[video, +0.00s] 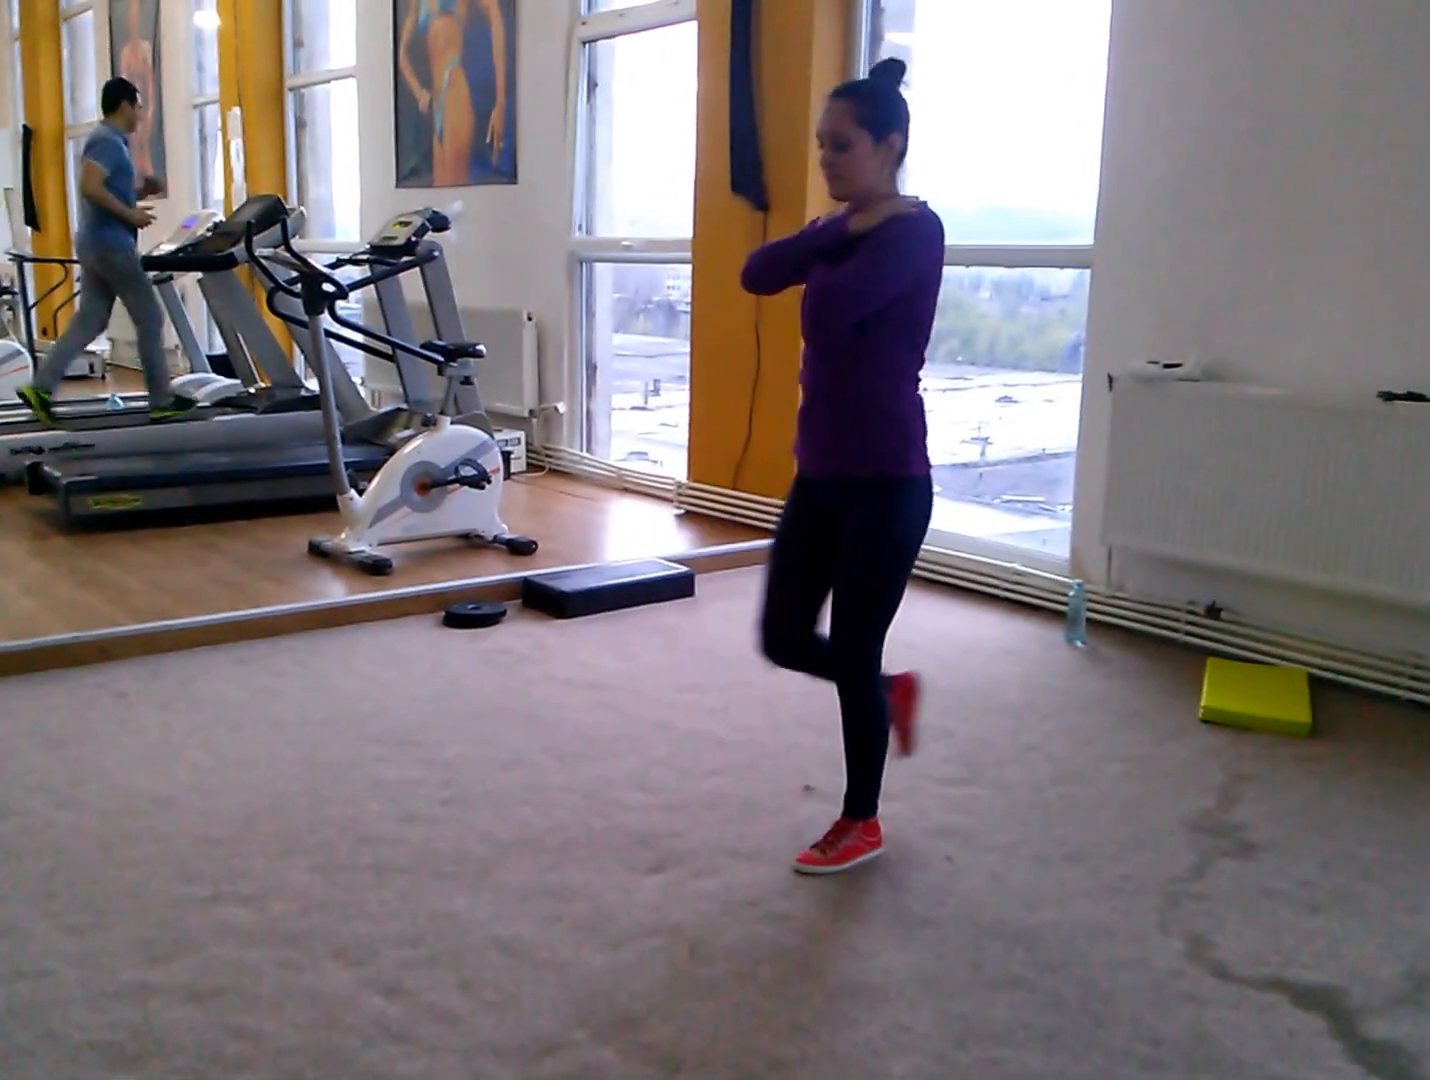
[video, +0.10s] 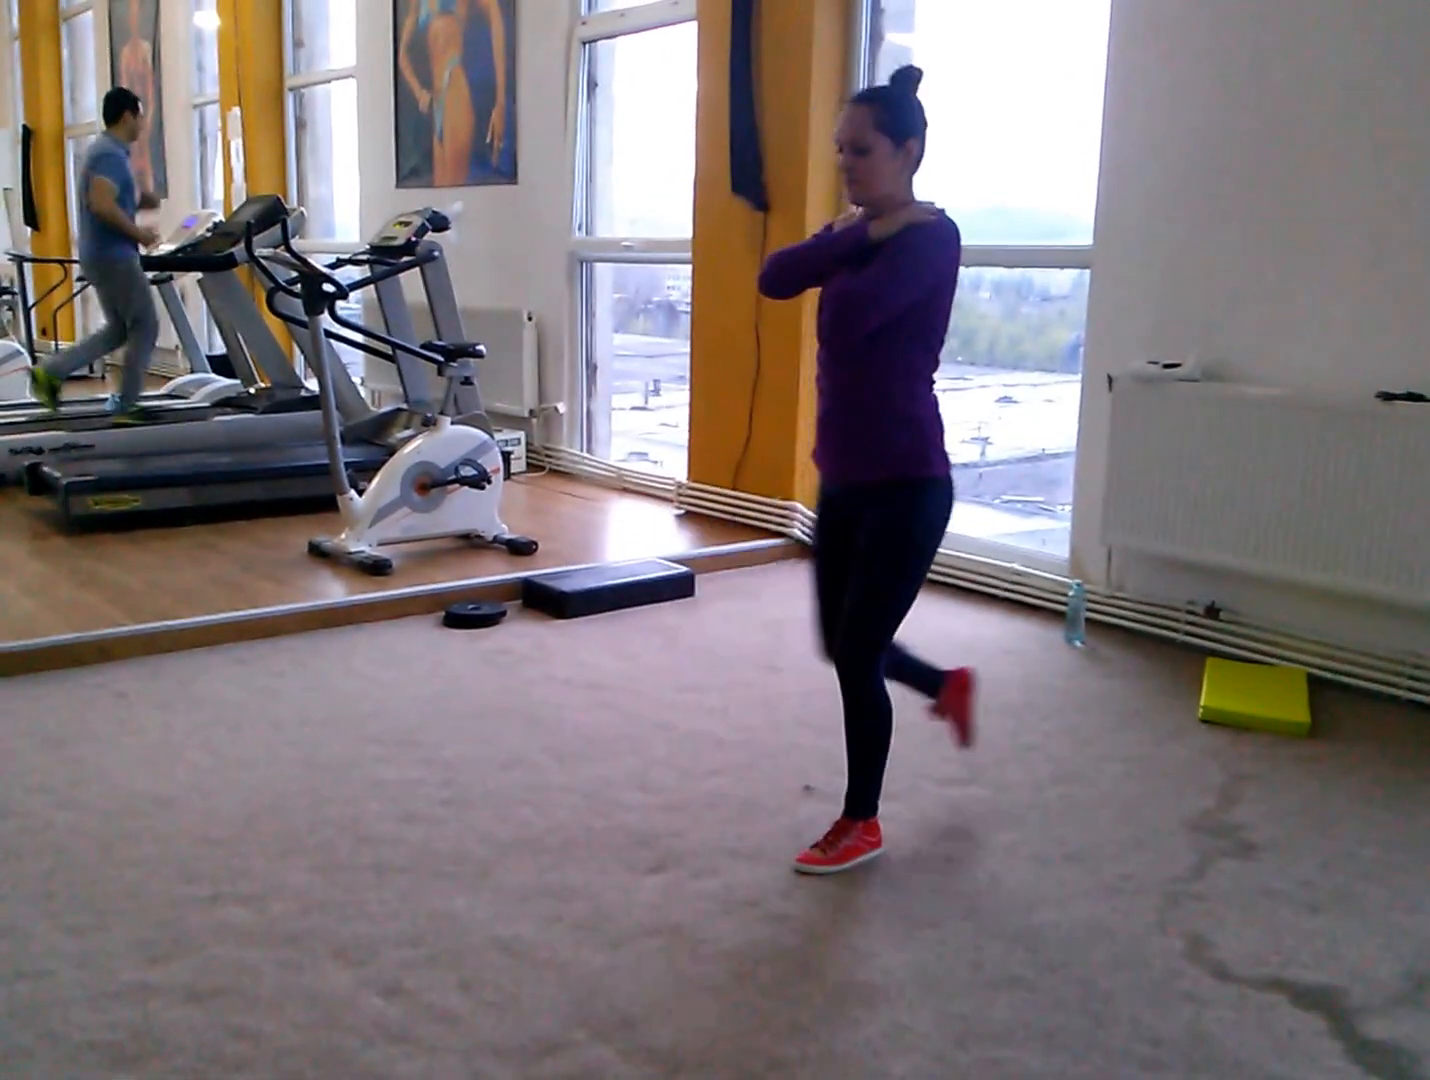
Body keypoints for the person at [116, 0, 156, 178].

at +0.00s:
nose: (133, 21)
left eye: (136, 16)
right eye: (131, 16)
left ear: (139, 19)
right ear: (127, 20)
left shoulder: (146, 47)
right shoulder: (125, 51)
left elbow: (149, 76)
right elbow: (123, 76)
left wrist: (150, 106)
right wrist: (124, 98)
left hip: (145, 98)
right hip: (130, 98)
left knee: (143, 137)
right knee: (133, 137)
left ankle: (147, 169)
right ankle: (135, 170)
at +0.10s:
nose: (134, 21)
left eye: (136, 15)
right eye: (131, 15)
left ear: (139, 18)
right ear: (127, 19)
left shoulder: (145, 47)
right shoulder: (124, 51)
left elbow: (149, 77)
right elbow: (123, 79)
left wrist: (150, 107)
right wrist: (123, 101)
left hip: (145, 100)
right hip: (130, 101)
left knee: (142, 141)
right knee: (132, 143)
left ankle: (147, 184)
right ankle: (134, 184)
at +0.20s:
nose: (134, 20)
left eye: (136, 15)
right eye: (132, 15)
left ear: (140, 18)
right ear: (128, 19)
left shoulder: (145, 48)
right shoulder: (124, 51)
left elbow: (149, 78)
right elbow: (123, 80)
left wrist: (150, 108)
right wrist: (123, 102)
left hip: (145, 98)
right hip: (130, 100)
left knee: (142, 139)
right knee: (132, 140)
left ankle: (147, 184)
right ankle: (135, 184)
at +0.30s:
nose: (133, 22)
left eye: (135, 17)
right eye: (131, 17)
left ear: (139, 20)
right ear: (127, 20)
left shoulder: (145, 48)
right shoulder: (123, 50)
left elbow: (148, 76)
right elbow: (122, 77)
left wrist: (149, 106)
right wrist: (124, 100)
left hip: (145, 96)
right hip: (129, 98)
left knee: (143, 138)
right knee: (132, 138)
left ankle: (147, 182)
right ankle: (134, 180)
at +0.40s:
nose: (133, 22)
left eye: (135, 17)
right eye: (130, 17)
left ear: (139, 20)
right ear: (126, 21)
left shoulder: (145, 48)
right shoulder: (123, 51)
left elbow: (148, 76)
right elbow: (122, 78)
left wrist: (149, 107)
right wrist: (125, 101)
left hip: (145, 98)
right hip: (129, 99)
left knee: (142, 140)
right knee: (132, 140)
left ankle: (147, 183)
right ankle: (136, 180)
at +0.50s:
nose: (133, 23)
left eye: (135, 18)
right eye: (130, 18)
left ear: (139, 22)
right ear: (126, 22)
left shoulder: (145, 48)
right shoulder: (123, 51)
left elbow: (148, 78)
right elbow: (121, 79)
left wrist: (150, 108)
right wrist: (122, 104)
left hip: (144, 100)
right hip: (129, 101)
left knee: (141, 140)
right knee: (132, 141)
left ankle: (146, 185)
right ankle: (135, 185)